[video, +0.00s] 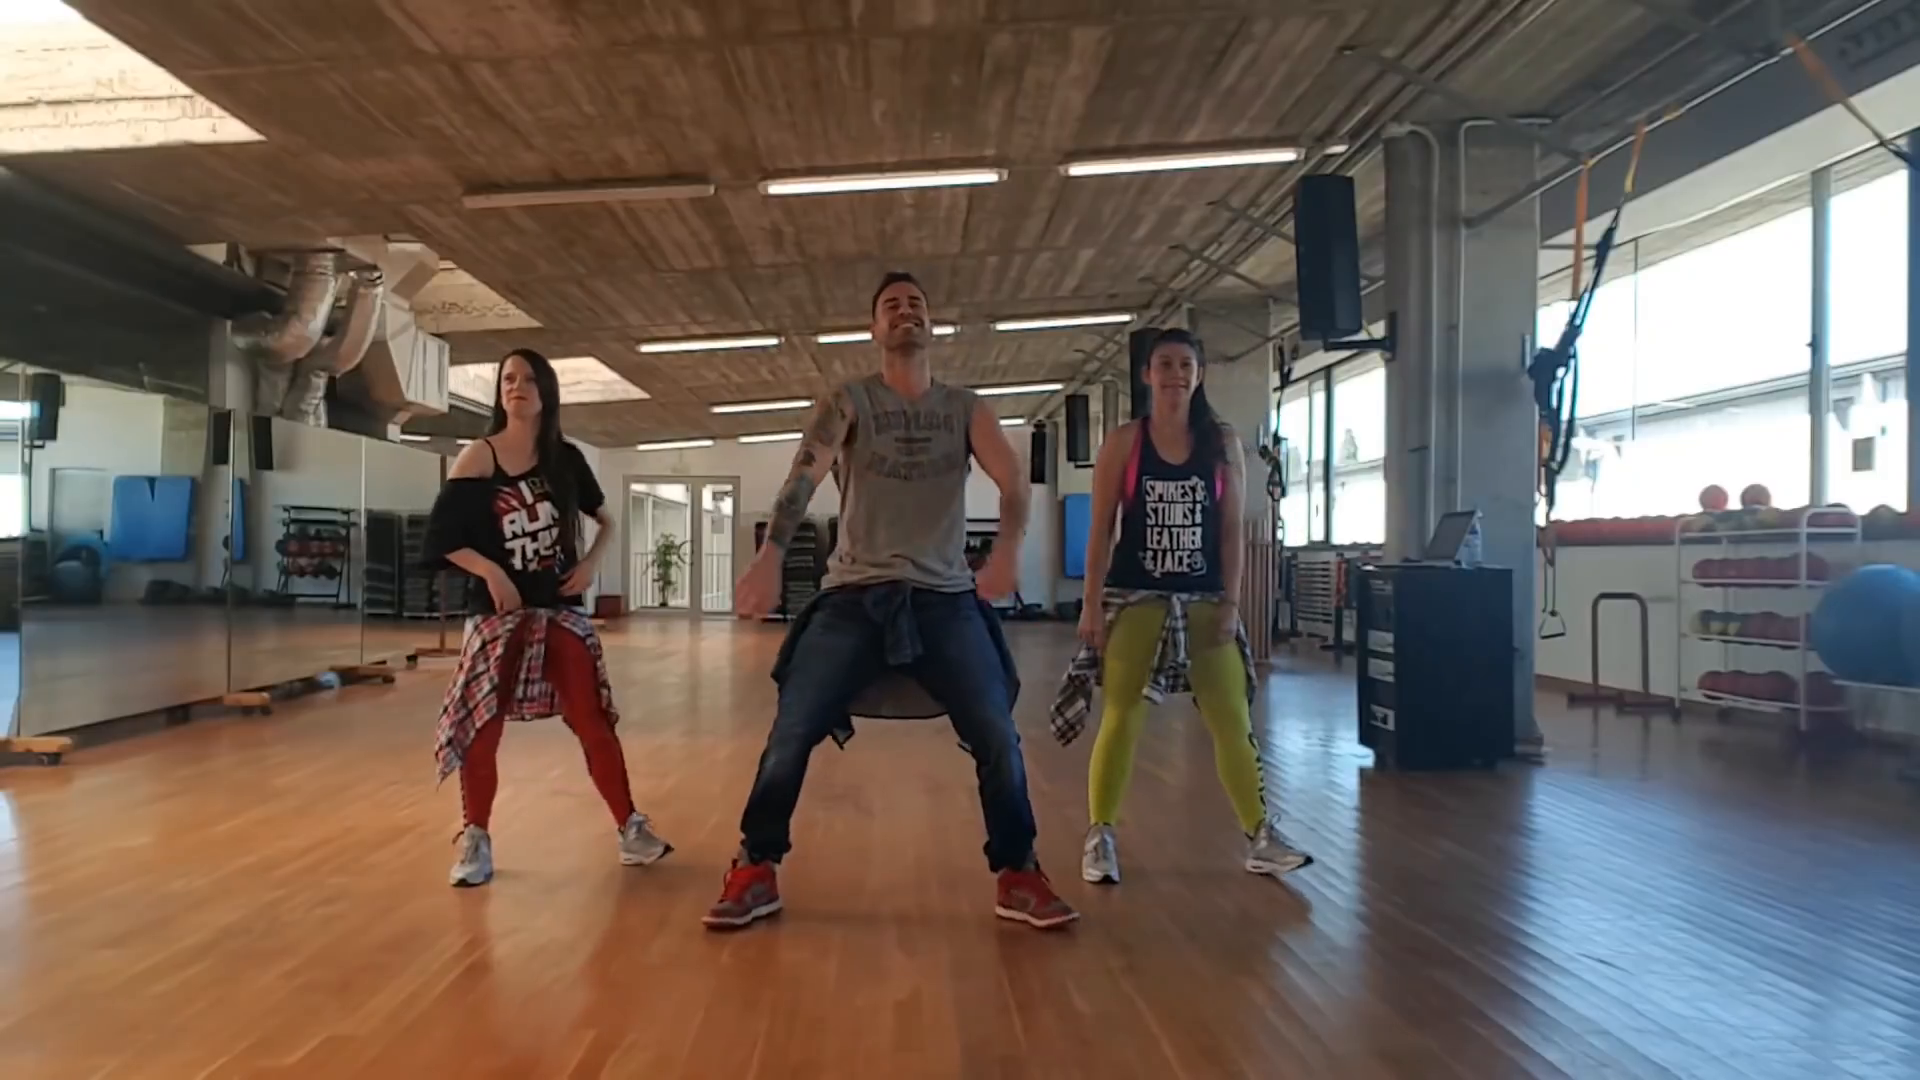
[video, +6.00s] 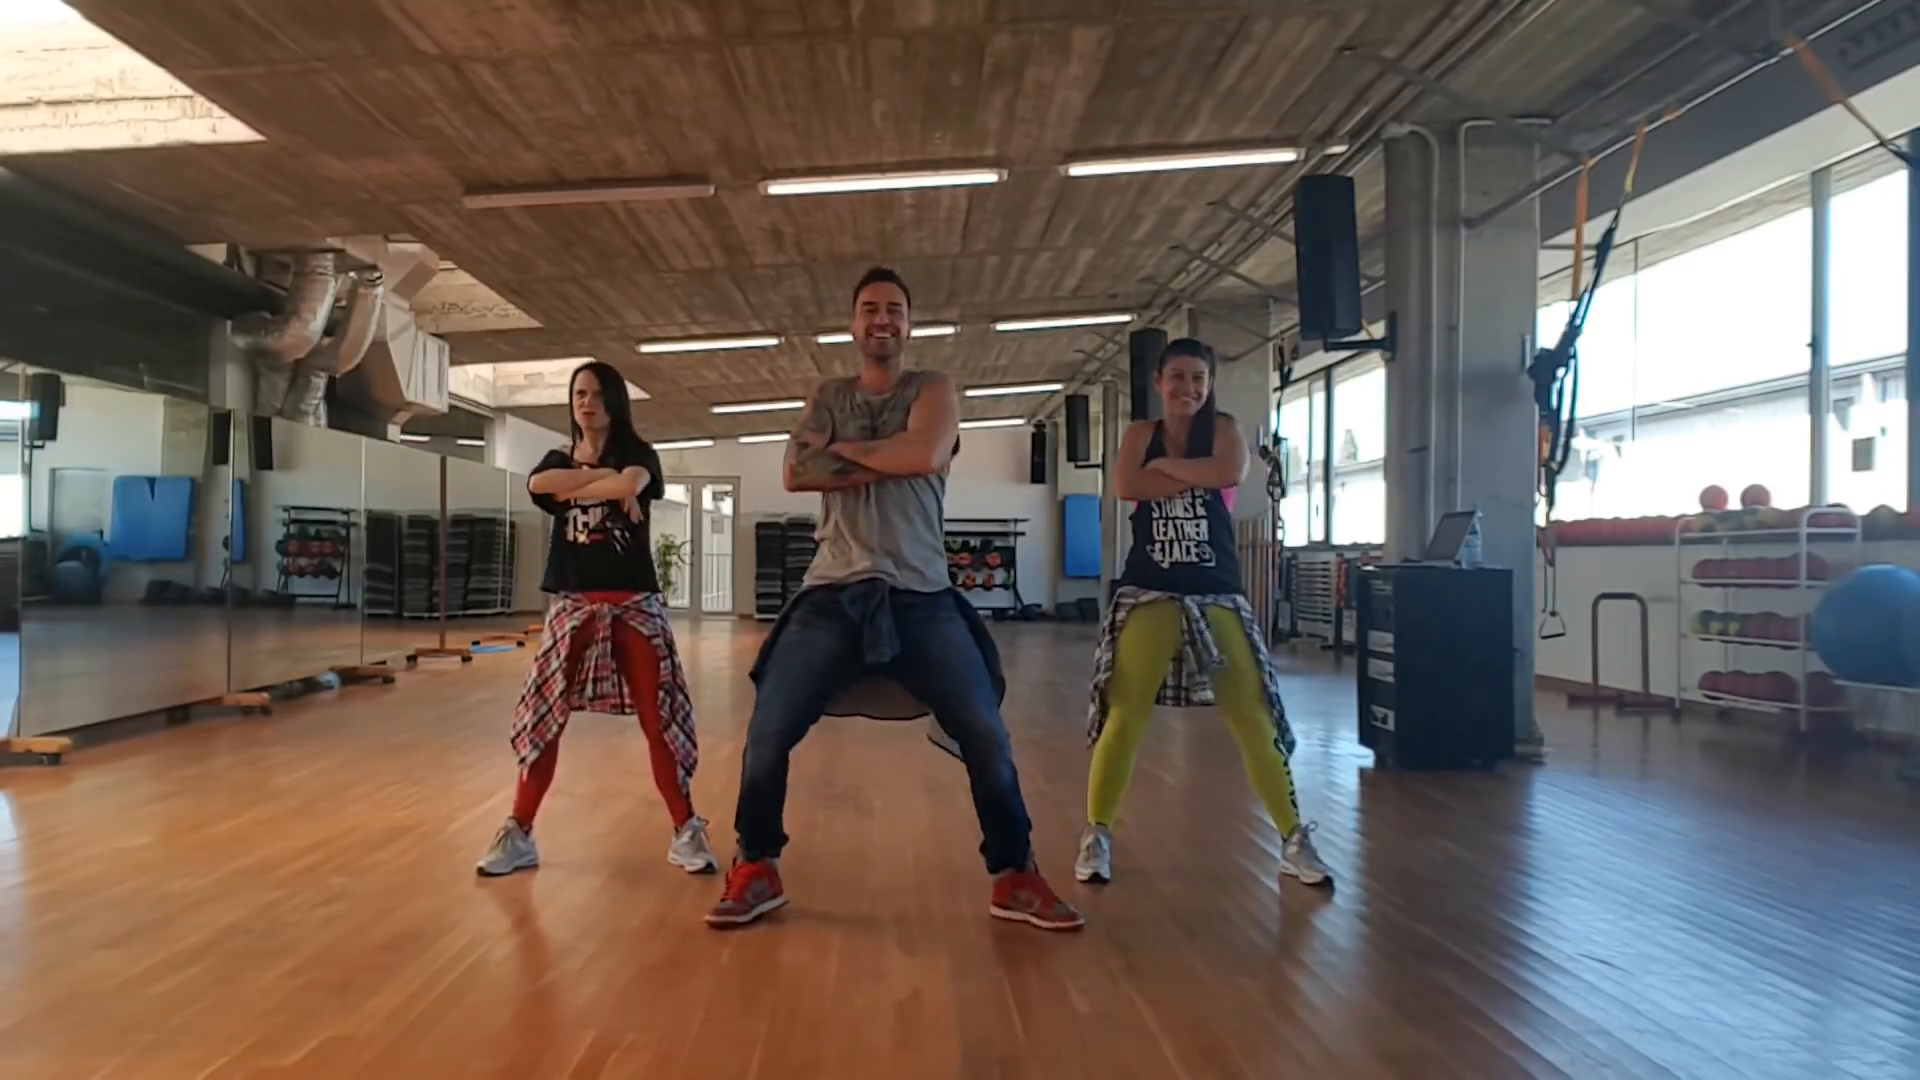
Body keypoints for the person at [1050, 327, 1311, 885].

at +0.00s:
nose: (1175, 373)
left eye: (1184, 365)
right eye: (1164, 364)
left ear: (1199, 374)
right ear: (1146, 374)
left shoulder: (1222, 441)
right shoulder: (1122, 442)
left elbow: (1232, 527)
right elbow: (1102, 525)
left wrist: (1231, 600)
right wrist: (1091, 601)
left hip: (1205, 598)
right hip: (1136, 598)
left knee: (1232, 719)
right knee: (1120, 717)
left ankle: (1259, 836)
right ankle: (1101, 834)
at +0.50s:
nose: (1206, 381)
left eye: (1215, 371)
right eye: (1196, 372)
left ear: (1229, 380)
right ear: (1177, 382)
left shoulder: (1252, 441)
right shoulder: (1156, 446)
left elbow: (1285, 510)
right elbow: (1129, 524)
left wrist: (1224, 542)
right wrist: (1169, 596)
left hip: (1241, 603)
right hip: (1174, 600)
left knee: (1264, 719)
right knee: (1142, 717)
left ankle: (1293, 838)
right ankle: (1101, 835)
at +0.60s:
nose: (1212, 382)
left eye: (1221, 372)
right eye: (1201, 373)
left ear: (1234, 381)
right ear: (1182, 382)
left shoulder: (1255, 437)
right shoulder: (1162, 438)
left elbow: (1272, 491)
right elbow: (1150, 507)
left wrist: (1196, 498)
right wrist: (1225, 549)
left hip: (1243, 595)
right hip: (1176, 596)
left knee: (1268, 717)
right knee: (1145, 716)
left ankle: (1295, 838)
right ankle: (1101, 836)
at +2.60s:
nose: (1204, 388)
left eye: (1214, 380)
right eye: (1194, 379)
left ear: (1228, 386)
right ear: (1176, 384)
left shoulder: (1246, 430)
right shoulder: (1159, 430)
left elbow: (1257, 475)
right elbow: (1152, 477)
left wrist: (1186, 456)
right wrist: (1225, 468)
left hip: (1234, 592)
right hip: (1164, 592)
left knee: (1266, 720)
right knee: (1136, 722)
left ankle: (1298, 841)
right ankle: (1098, 838)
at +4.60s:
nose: (1201, 392)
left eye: (1211, 383)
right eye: (1191, 382)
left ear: (1222, 389)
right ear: (1172, 386)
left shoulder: (1236, 437)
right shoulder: (1157, 427)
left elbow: (1274, 478)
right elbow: (1192, 475)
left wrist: (1214, 455)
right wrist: (1247, 470)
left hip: (1243, 599)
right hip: (1179, 598)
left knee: (1268, 723)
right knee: (1144, 721)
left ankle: (1297, 842)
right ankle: (1100, 838)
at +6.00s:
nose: (1186, 386)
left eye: (1196, 377)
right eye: (1177, 376)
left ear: (1209, 385)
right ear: (1158, 382)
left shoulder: (1222, 428)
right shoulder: (1140, 434)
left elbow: (1228, 473)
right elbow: (1125, 487)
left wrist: (1159, 466)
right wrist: (1193, 474)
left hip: (1216, 592)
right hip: (1148, 591)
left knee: (1253, 719)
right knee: (1125, 717)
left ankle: (1294, 841)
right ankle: (1096, 837)